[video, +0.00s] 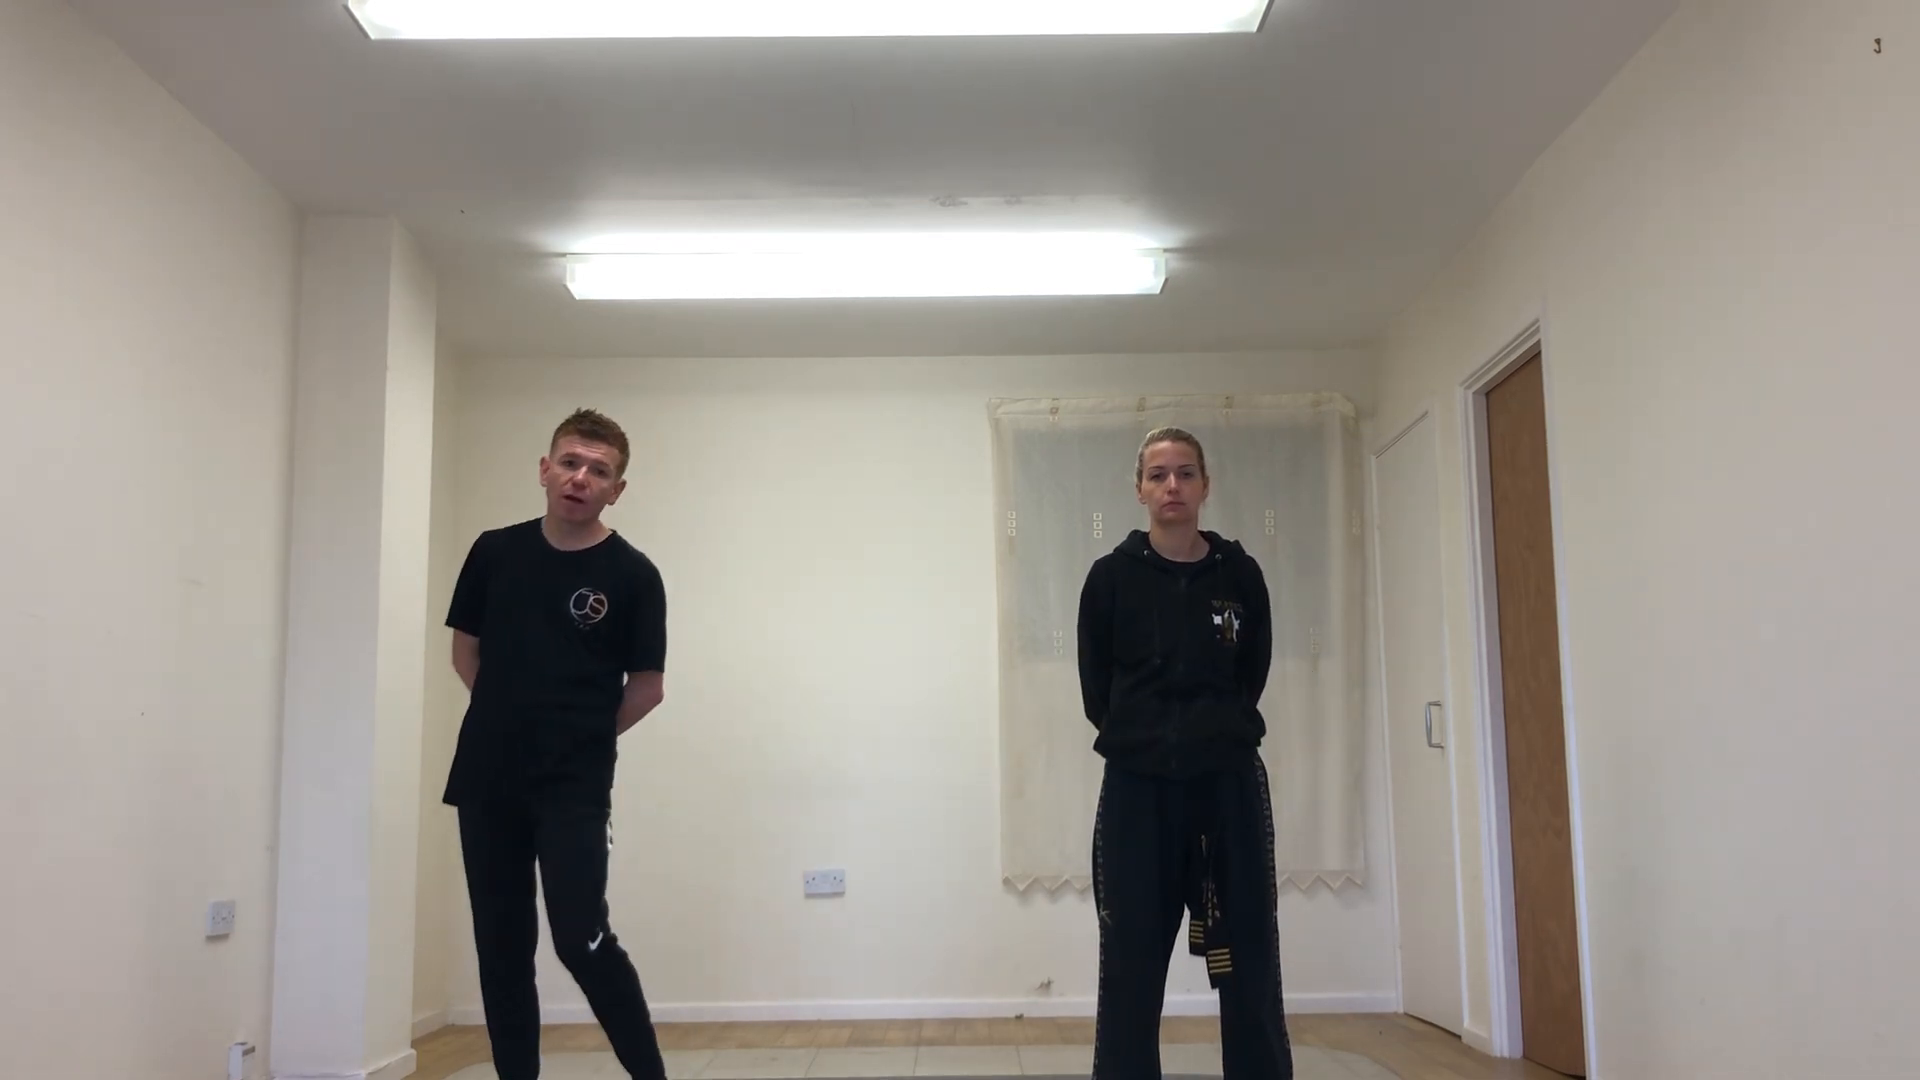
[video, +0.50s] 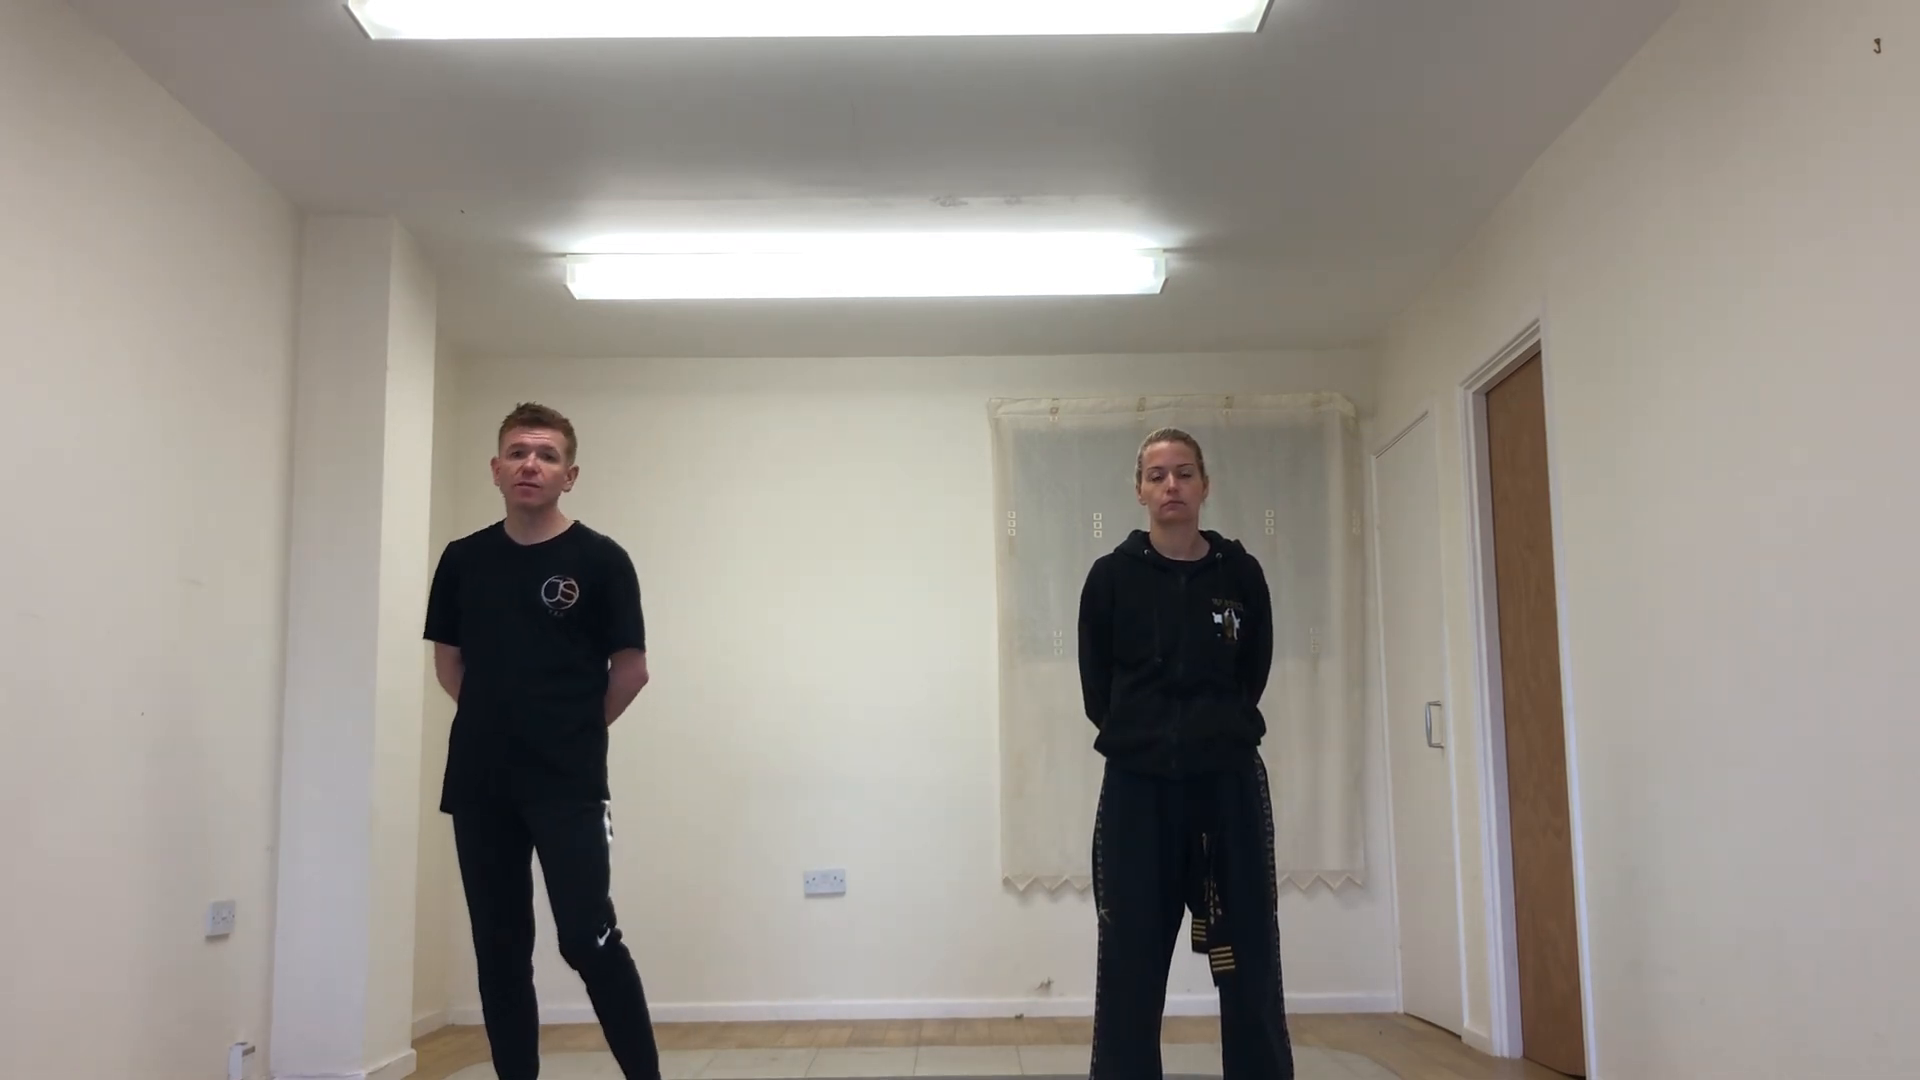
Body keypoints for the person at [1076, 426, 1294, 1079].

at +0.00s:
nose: (1172, 485)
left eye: (1184, 473)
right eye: (1158, 474)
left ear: (1205, 485)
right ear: (1140, 488)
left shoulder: (1239, 570)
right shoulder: (1110, 575)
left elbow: (1255, 670)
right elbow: (1095, 683)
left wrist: (1217, 731)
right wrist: (1140, 740)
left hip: (1231, 780)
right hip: (1139, 782)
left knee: (1249, 962)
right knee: (1130, 966)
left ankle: (1261, 1077)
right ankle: (1124, 1078)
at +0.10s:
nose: (1172, 485)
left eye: (1184, 473)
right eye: (1157, 475)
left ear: (1204, 485)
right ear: (1140, 489)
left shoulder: (1239, 570)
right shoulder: (1109, 575)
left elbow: (1255, 670)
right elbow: (1095, 683)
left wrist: (1215, 729)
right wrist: (1140, 738)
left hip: (1231, 780)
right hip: (1139, 782)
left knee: (1250, 960)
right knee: (1131, 964)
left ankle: (1260, 1076)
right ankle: (1124, 1077)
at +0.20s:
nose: (1172, 485)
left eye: (1184, 473)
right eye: (1157, 475)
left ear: (1204, 485)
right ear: (1139, 489)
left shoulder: (1240, 570)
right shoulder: (1109, 575)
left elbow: (1255, 670)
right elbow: (1095, 684)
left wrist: (1215, 729)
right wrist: (1140, 737)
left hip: (1230, 780)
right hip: (1138, 782)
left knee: (1249, 962)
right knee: (1130, 965)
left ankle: (1260, 1077)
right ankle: (1124, 1078)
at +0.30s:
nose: (1172, 485)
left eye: (1184, 473)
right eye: (1157, 475)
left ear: (1204, 485)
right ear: (1139, 489)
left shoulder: (1240, 570)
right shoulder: (1109, 575)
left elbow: (1255, 670)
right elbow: (1095, 686)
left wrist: (1214, 729)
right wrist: (1142, 738)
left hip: (1230, 781)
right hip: (1138, 782)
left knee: (1249, 962)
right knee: (1130, 965)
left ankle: (1260, 1076)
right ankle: (1124, 1077)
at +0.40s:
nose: (1171, 484)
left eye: (1183, 473)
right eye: (1157, 475)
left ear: (1204, 485)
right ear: (1139, 489)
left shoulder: (1240, 570)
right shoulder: (1109, 575)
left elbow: (1255, 670)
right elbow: (1095, 683)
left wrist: (1215, 729)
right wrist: (1141, 738)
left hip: (1230, 780)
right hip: (1138, 782)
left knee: (1249, 961)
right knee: (1130, 964)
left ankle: (1260, 1076)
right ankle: (1124, 1077)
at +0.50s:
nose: (1171, 484)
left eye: (1183, 473)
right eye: (1157, 475)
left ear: (1204, 485)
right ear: (1139, 489)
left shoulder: (1240, 569)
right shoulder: (1110, 574)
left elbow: (1256, 669)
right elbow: (1095, 683)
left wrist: (1217, 729)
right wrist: (1141, 737)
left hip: (1230, 780)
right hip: (1139, 781)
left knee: (1249, 961)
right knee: (1130, 964)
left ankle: (1261, 1077)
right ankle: (1124, 1078)